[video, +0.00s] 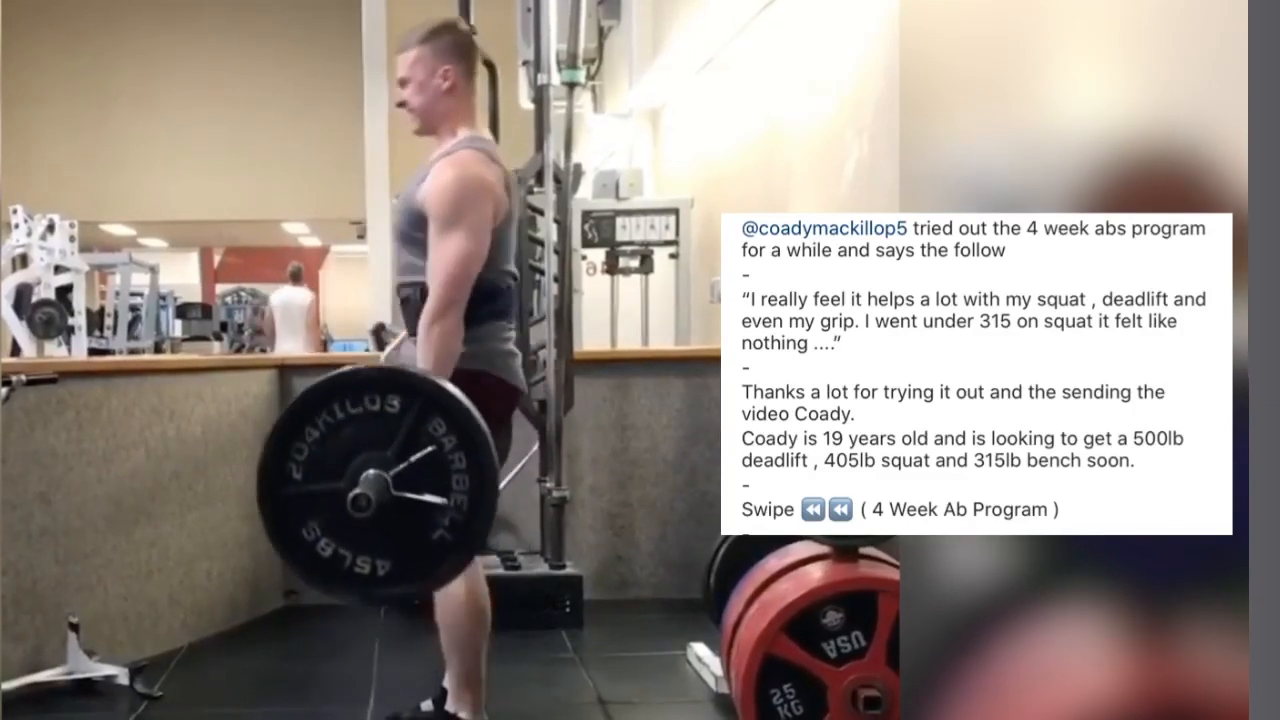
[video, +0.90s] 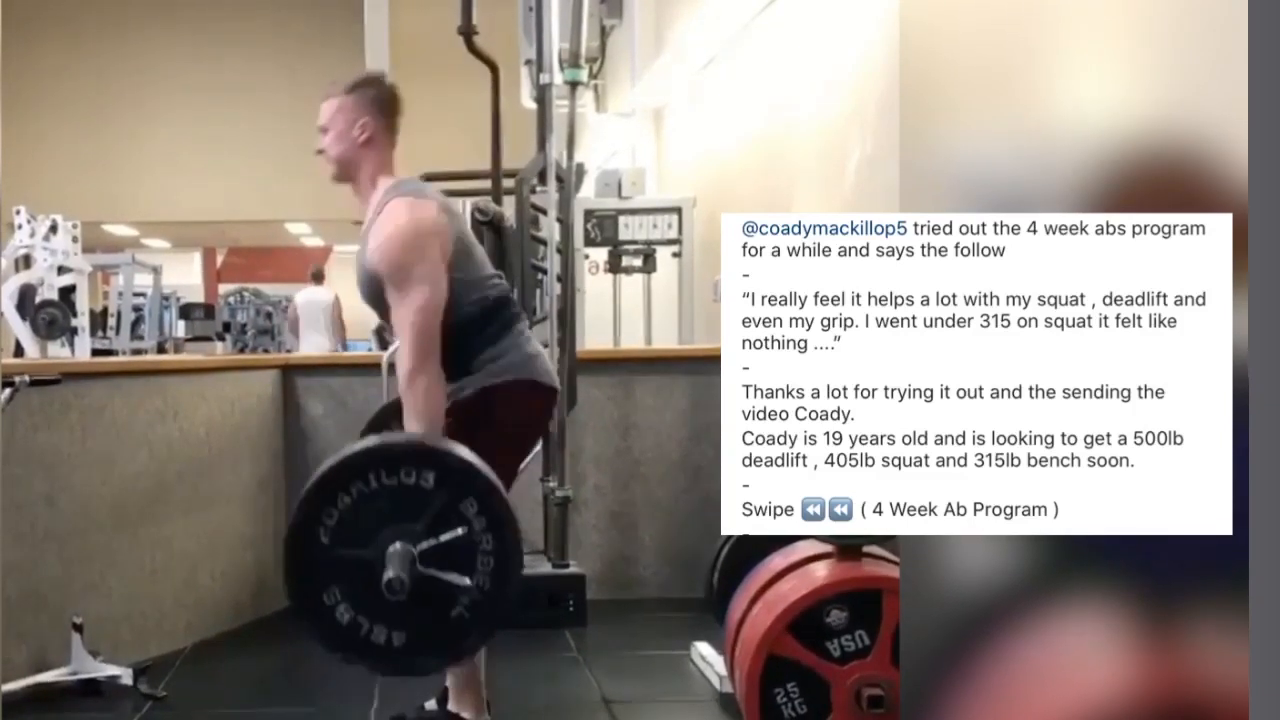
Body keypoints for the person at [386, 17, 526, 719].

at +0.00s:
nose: (400, 99)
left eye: (407, 83)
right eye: (399, 85)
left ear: (448, 80)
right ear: (449, 83)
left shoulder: (464, 170)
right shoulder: (459, 163)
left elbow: (446, 306)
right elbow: (439, 298)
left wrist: (424, 412)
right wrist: (391, 371)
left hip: (469, 373)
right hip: (469, 366)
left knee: (450, 545)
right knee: (452, 543)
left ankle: (467, 708)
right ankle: (461, 698)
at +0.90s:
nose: (319, 144)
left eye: (326, 129)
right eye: (320, 130)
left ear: (364, 130)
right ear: (367, 133)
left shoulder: (405, 219)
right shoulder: (393, 213)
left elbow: (421, 365)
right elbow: (409, 352)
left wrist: (420, 484)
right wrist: (407, 476)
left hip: (501, 389)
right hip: (481, 385)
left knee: (449, 534)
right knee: (445, 531)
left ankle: (467, 704)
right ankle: (462, 697)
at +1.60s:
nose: (241, 341)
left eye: (245, 327)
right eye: (239, 329)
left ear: (281, 320)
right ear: (282, 321)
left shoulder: (363, 383)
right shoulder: (353, 368)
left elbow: (412, 514)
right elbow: (397, 500)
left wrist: (433, 643)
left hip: (544, 412)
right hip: (532, 408)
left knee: (424, 542)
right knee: (432, 542)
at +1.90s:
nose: (263, 324)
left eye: (269, 311)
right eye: (262, 311)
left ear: (307, 310)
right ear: (310, 310)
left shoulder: (376, 382)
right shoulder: (369, 362)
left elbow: (407, 528)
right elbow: (394, 503)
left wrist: (432, 651)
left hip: (548, 445)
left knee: (410, 544)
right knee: (410, 538)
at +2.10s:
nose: (274, 322)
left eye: (281, 309)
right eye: (274, 310)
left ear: (319, 309)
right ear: (319, 308)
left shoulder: (384, 383)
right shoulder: (372, 368)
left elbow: (411, 526)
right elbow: (390, 500)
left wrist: (438, 653)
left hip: (552, 458)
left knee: (407, 548)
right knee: (400, 542)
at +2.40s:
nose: (280, 316)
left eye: (289, 303)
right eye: (281, 304)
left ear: (329, 303)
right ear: (328, 304)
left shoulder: (390, 381)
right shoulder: (374, 370)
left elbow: (415, 521)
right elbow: (391, 496)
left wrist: (441, 649)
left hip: (551, 466)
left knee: (404, 551)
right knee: (398, 543)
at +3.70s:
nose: (302, 175)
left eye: (310, 161)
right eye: (302, 162)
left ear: (347, 163)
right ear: (348, 165)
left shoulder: (398, 244)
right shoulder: (377, 245)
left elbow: (428, 379)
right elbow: (403, 368)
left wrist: (454, 506)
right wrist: (421, 482)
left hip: (531, 371)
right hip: (496, 373)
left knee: (470, 526)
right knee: (450, 523)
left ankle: (471, 698)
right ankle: (459, 693)